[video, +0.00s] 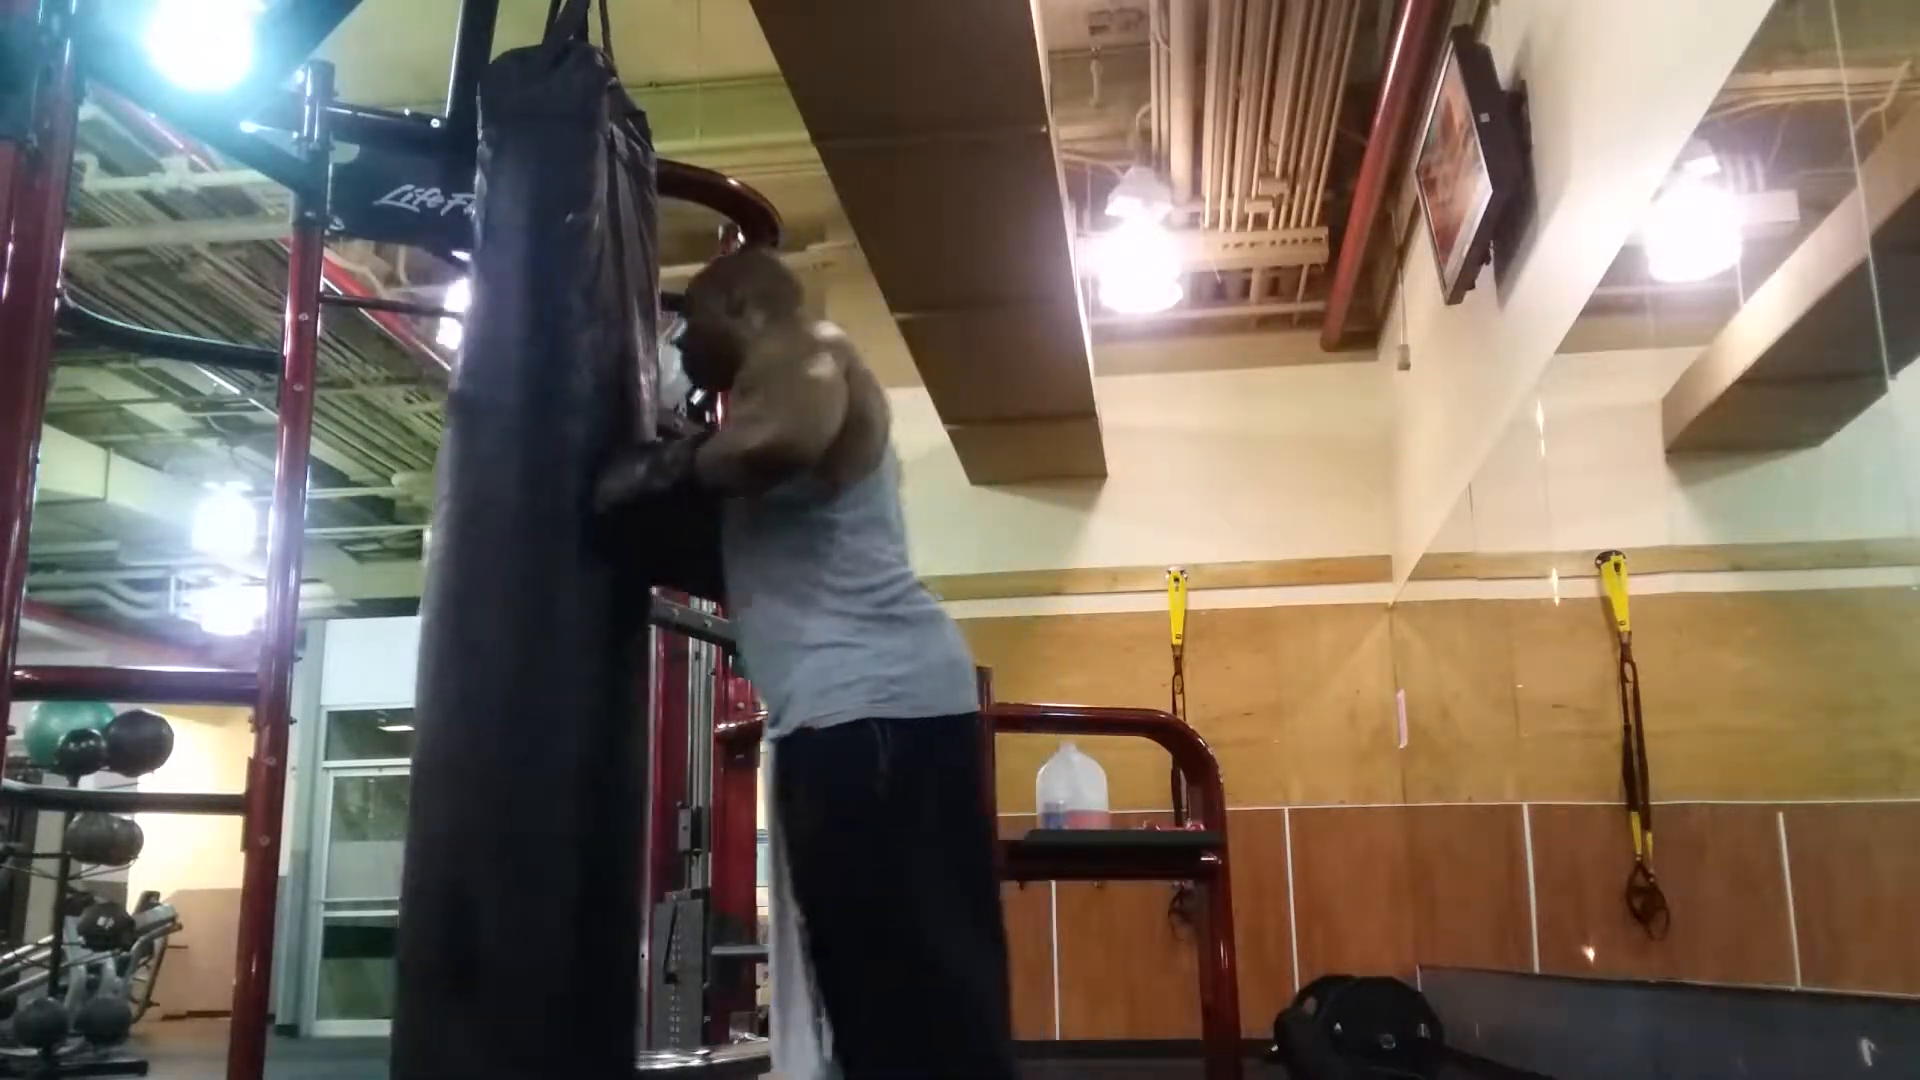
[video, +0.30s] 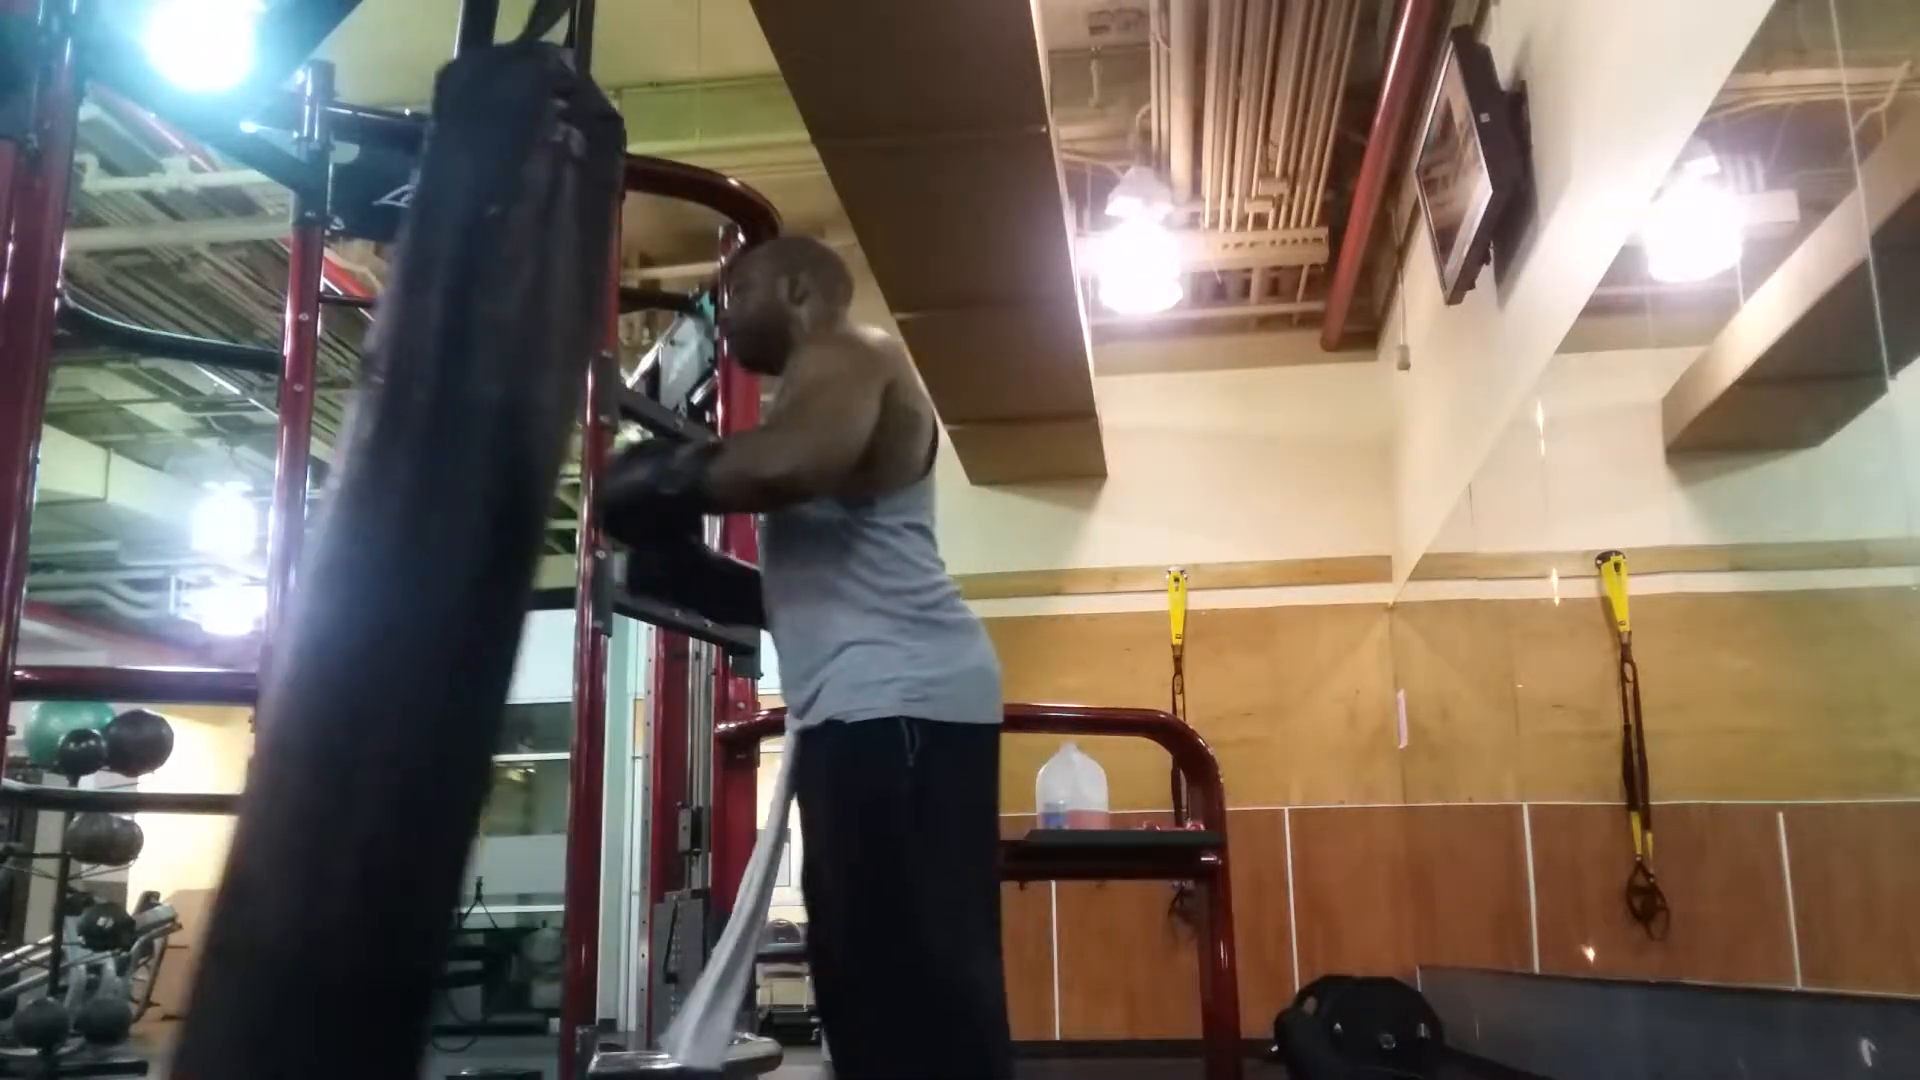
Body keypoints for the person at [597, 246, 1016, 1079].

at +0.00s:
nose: (684, 343)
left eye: (692, 316)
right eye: (681, 320)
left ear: (740, 306)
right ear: (764, 306)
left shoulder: (799, 350)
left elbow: (791, 430)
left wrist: (667, 468)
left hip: (869, 708)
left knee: (897, 1000)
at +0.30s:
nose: (725, 318)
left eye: (735, 294)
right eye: (724, 301)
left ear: (798, 290)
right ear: (806, 296)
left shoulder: (850, 350)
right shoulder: (831, 391)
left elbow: (801, 458)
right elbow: (806, 603)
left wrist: (653, 473)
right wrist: (667, 555)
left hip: (897, 705)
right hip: (866, 707)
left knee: (901, 986)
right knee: (873, 982)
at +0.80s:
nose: (781, 276)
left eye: (796, 255)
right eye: (784, 258)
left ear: (859, 259)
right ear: (862, 266)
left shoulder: (920, 333)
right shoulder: (863, 380)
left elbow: (877, 470)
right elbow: (902, 564)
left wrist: (786, 503)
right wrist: (814, 617)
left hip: (949, 689)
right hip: (905, 692)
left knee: (938, 994)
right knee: (920, 990)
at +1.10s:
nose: (816, 249)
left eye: (827, 223)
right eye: (819, 227)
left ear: (875, 214)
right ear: (908, 221)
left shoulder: (939, 300)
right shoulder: (981, 307)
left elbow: (881, 480)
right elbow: (998, 522)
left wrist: (827, 489)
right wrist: (890, 604)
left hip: (994, 691)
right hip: (1020, 687)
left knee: (982, 1019)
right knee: (1009, 1017)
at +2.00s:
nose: (813, 265)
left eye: (811, 235)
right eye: (803, 243)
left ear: (860, 201)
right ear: (894, 198)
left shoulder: (954, 269)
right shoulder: (1012, 270)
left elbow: (905, 473)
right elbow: (1083, 469)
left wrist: (839, 465)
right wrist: (895, 506)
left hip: (1002, 683)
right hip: (1069, 675)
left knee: (919, 994)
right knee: (1091, 979)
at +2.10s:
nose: (754, 251)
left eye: (751, 219)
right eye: (743, 228)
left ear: (801, 191)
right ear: (840, 190)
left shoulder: (905, 263)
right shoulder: (942, 260)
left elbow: (876, 463)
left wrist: (801, 480)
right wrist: (818, 457)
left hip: (960, 676)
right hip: (1021, 672)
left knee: (848, 1000)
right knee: (1066, 981)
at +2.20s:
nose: (691, 240)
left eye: (685, 211)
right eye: (682, 218)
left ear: (718, 181)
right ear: (781, 165)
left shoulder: (833, 238)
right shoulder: (895, 236)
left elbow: (798, 435)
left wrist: (726, 470)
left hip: (908, 663)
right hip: (997, 658)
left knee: (789, 977)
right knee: (1007, 940)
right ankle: (1109, 1072)